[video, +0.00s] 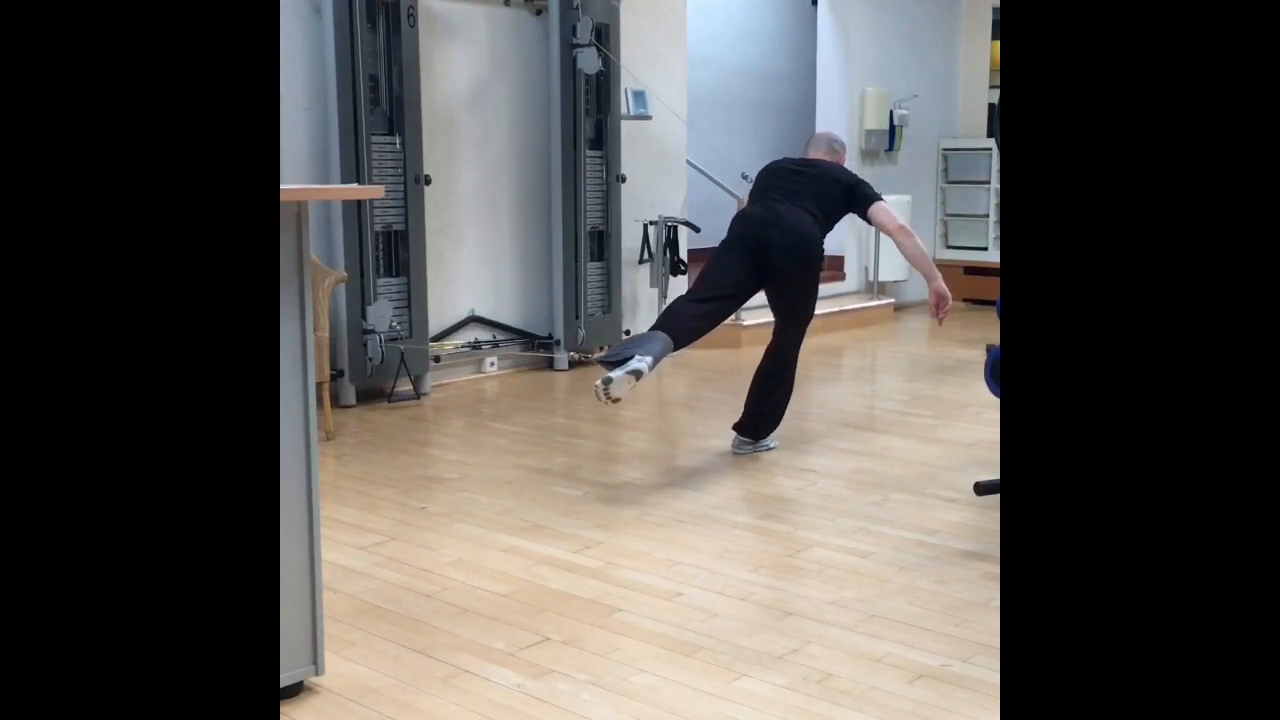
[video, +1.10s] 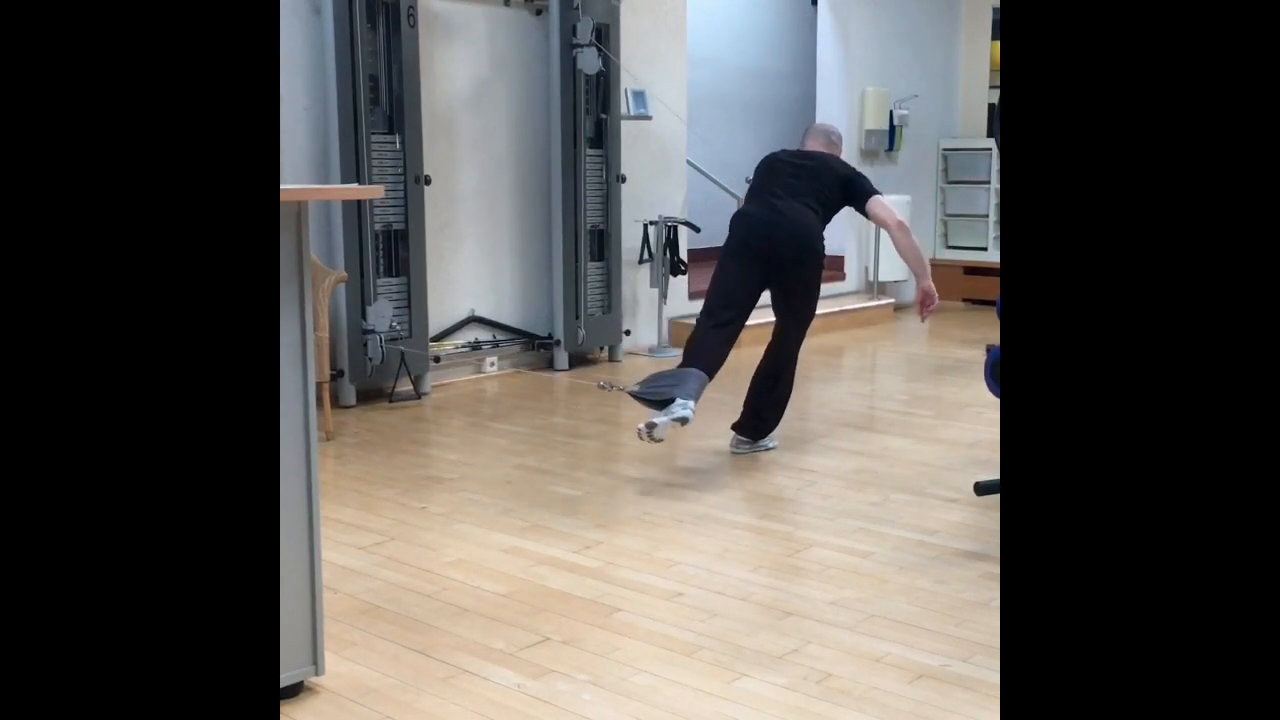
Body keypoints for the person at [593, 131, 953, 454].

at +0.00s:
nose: (842, 167)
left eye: (836, 160)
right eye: (843, 161)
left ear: (807, 151)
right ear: (840, 158)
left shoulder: (777, 166)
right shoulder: (845, 178)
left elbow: (745, 209)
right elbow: (897, 228)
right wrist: (935, 281)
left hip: (748, 233)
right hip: (798, 247)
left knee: (702, 301)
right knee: (787, 337)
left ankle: (646, 354)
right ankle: (752, 433)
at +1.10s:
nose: (838, 160)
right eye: (840, 155)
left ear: (802, 145)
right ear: (838, 152)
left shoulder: (772, 160)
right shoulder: (843, 173)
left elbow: (749, 203)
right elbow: (894, 222)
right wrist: (924, 278)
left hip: (747, 235)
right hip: (800, 246)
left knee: (719, 319)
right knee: (787, 338)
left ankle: (684, 396)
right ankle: (750, 432)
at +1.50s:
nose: (842, 136)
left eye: (840, 133)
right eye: (843, 132)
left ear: (801, 119)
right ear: (838, 128)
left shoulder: (770, 139)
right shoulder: (845, 156)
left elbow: (754, 193)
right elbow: (894, 218)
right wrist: (906, 276)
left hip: (753, 240)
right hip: (806, 249)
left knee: (728, 331)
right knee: (788, 339)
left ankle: (738, 430)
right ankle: (759, 428)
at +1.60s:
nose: (841, 129)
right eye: (842, 125)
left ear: (800, 112)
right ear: (837, 123)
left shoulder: (769, 133)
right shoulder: (845, 153)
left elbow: (752, 191)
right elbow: (891, 219)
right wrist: (894, 278)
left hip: (755, 237)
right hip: (808, 247)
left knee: (725, 333)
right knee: (788, 339)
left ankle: (749, 428)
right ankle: (752, 432)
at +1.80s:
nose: (835, 118)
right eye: (837, 114)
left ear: (793, 99)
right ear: (834, 112)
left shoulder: (762, 123)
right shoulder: (843, 147)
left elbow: (759, 178)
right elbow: (877, 222)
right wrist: (851, 272)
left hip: (755, 239)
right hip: (808, 249)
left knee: (722, 336)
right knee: (786, 342)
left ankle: (759, 436)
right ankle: (751, 435)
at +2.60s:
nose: (711, 83)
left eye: (715, 74)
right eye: (712, 74)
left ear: (736, 76)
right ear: (756, 78)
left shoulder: (732, 118)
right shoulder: (791, 120)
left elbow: (658, 152)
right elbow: (789, 197)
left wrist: (655, 127)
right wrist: (735, 239)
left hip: (794, 256)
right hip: (819, 251)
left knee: (728, 346)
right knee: (781, 344)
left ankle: (762, 463)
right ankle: (789, 430)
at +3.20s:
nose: (693, 88)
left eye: (701, 77)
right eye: (693, 77)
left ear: (734, 77)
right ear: (727, 79)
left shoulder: (755, 125)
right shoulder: (733, 130)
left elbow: (684, 161)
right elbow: (712, 193)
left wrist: (614, 137)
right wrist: (668, 231)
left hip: (790, 262)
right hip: (758, 261)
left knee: (739, 354)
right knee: (771, 346)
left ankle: (734, 464)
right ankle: (789, 432)